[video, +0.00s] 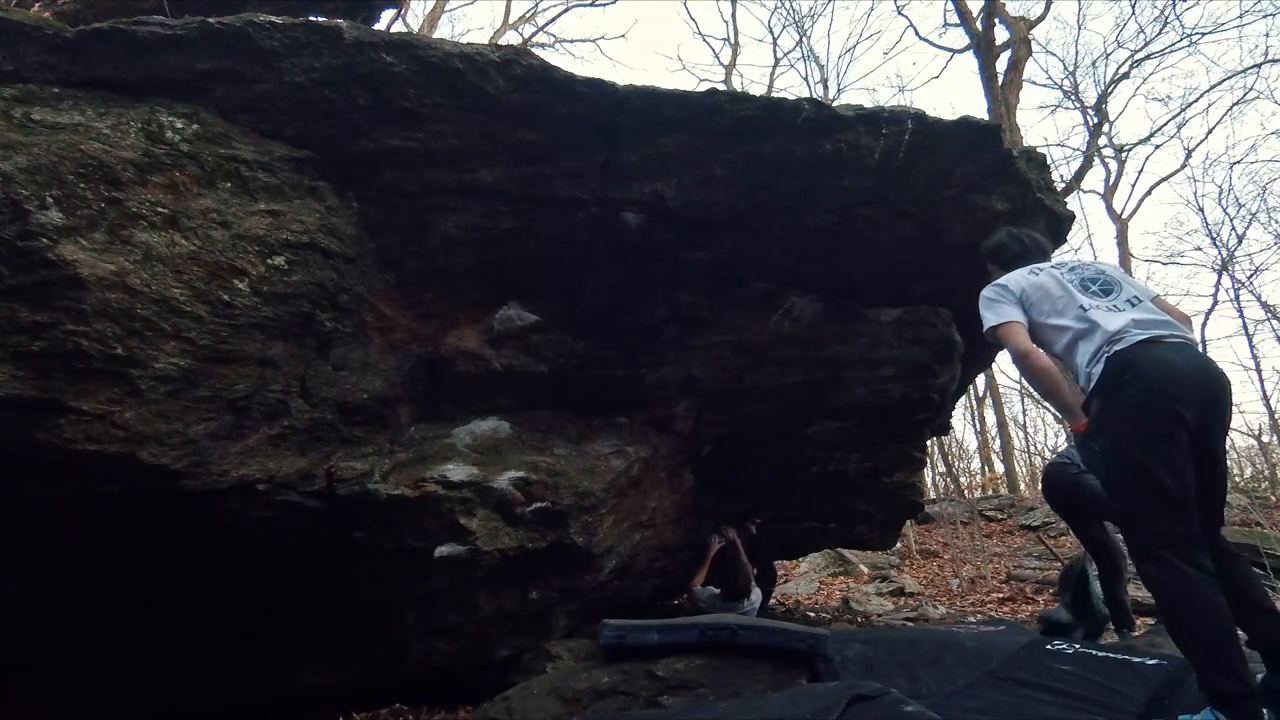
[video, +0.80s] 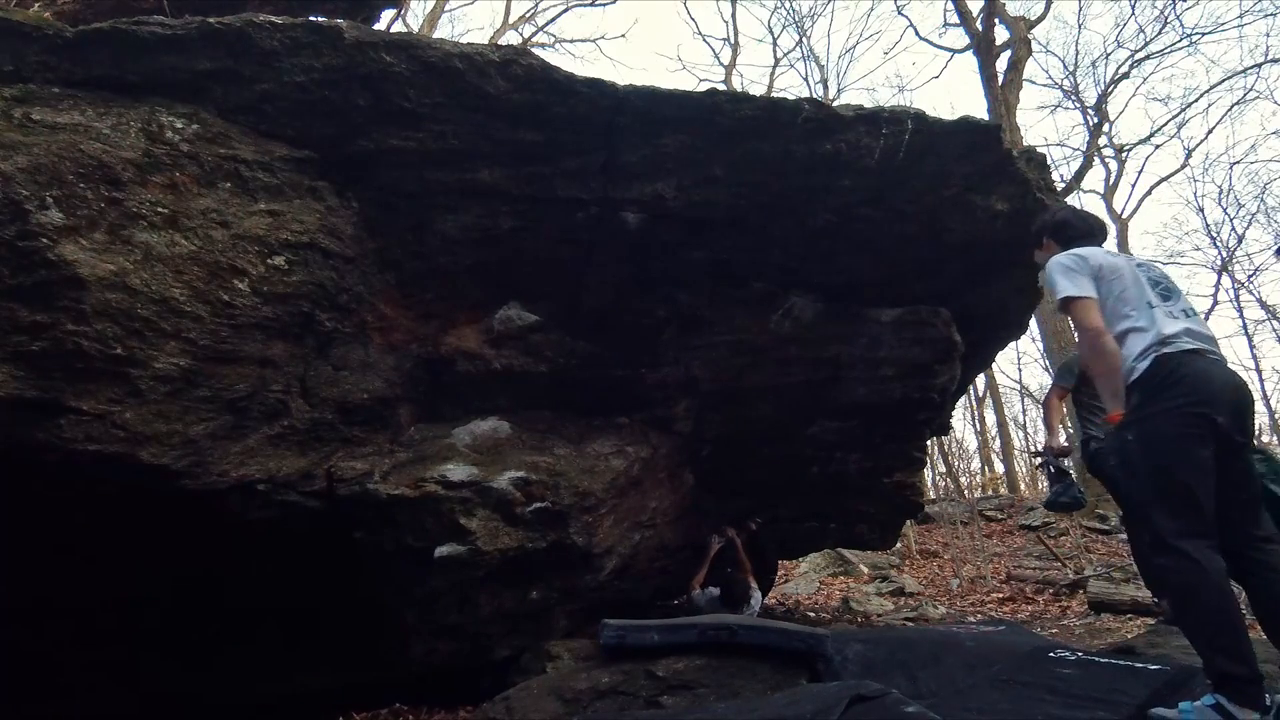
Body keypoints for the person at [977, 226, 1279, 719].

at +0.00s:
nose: (991, 281)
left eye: (990, 276)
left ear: (997, 271)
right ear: (1043, 255)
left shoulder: (1000, 288)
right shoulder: (1098, 268)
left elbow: (1025, 352)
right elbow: (1179, 317)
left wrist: (1074, 416)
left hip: (1135, 379)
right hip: (1202, 370)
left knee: (1164, 553)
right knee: (1207, 536)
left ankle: (1234, 703)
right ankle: (1276, 657)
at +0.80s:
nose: (1039, 265)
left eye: (1037, 256)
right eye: (1035, 258)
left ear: (1049, 244)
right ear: (1093, 239)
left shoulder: (1065, 260)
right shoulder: (1140, 266)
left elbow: (1095, 334)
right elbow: (1180, 328)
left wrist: (1116, 417)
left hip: (1169, 384)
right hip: (1227, 384)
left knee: (1175, 547)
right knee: (1248, 536)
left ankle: (1240, 694)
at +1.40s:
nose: (1064, 249)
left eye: (1066, 237)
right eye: (1061, 240)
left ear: (1086, 226)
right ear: (1104, 222)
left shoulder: (1114, 244)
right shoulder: (1147, 252)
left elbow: (1139, 318)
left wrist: (1130, 403)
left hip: (1173, 391)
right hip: (1204, 387)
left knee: (1174, 541)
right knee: (1237, 536)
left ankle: (1241, 690)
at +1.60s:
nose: (1080, 243)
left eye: (1082, 232)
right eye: (1079, 234)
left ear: (1099, 221)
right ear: (1130, 219)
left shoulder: (1117, 244)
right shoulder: (1178, 263)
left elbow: (1131, 319)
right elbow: (1216, 354)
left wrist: (1118, 406)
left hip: (1167, 397)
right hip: (1214, 393)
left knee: (1161, 544)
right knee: (1236, 537)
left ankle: (1237, 689)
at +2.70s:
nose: (1098, 254)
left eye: (1095, 243)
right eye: (1092, 249)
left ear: (1111, 216)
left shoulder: (1143, 230)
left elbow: (1159, 310)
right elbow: (1136, 334)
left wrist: (1153, 399)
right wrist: (1064, 319)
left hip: (1204, 390)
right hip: (1231, 390)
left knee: (1222, 533)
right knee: (1256, 526)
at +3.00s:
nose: (1105, 253)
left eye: (1097, 241)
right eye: (1096, 250)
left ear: (1111, 213)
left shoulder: (1175, 228)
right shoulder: (1155, 254)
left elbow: (1205, 312)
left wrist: (1191, 404)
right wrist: (1176, 408)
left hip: (1220, 403)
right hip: (1198, 411)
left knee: (1246, 543)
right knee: (1206, 546)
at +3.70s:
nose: (1103, 232)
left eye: (1098, 218)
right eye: (1094, 227)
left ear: (1122, 188)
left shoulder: (1191, 224)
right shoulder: (1163, 245)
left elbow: (1231, 312)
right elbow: (1202, 327)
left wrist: (1211, 408)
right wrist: (1185, 412)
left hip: (1238, 404)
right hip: (1199, 416)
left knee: (1271, 539)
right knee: (1167, 532)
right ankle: (1276, 624)